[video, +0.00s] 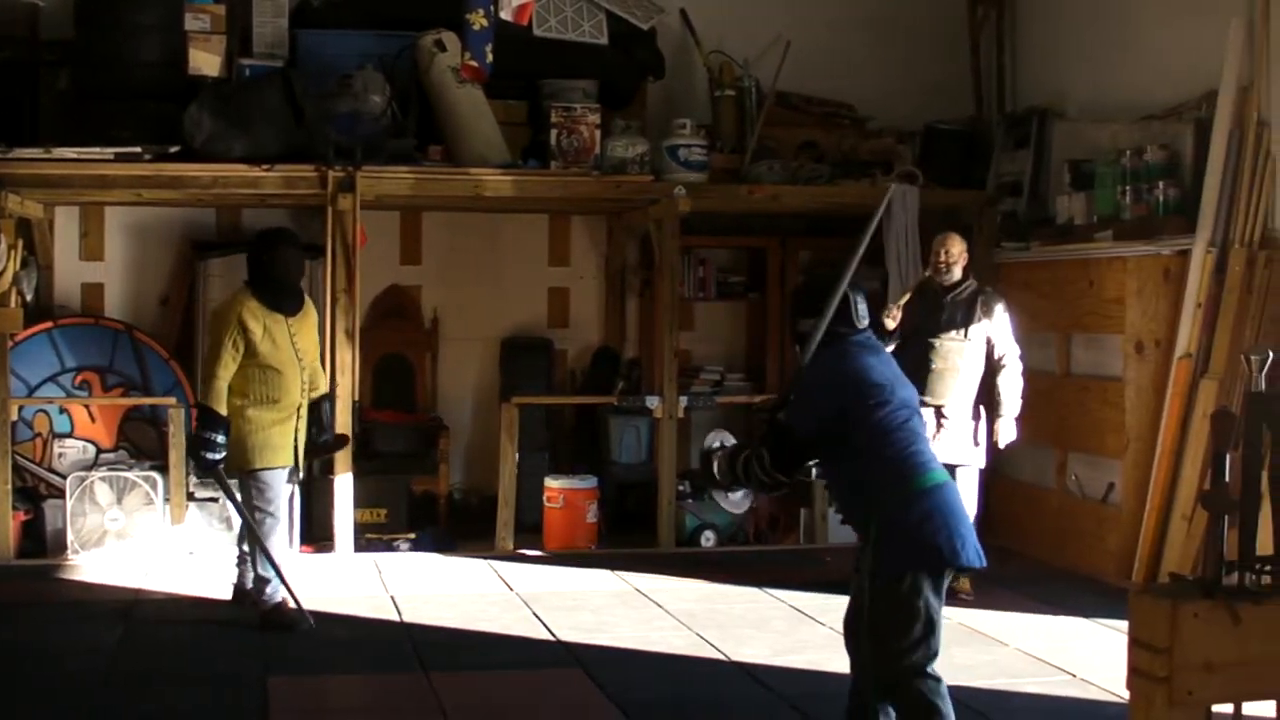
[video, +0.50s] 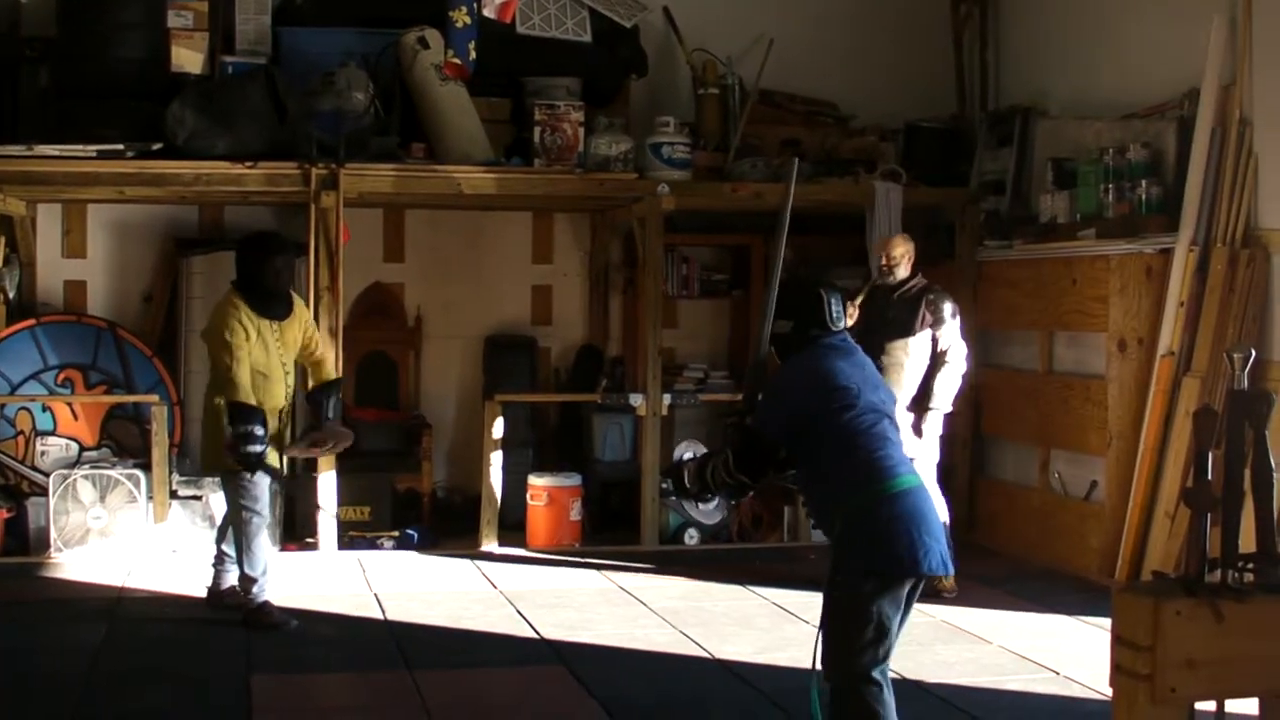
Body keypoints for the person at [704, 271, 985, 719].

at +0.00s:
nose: (795, 332)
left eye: (800, 322)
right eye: (798, 322)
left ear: (812, 321)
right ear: (857, 315)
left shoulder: (836, 365)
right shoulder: (869, 356)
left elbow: (782, 457)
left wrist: (730, 464)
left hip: (911, 526)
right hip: (898, 524)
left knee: (905, 662)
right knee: (864, 639)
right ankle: (868, 711)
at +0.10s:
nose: (782, 338)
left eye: (786, 327)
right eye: (783, 327)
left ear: (799, 326)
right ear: (839, 319)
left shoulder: (818, 369)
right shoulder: (858, 359)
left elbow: (764, 458)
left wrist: (714, 462)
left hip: (898, 523)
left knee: (893, 661)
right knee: (852, 636)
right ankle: (859, 711)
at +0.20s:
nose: (771, 334)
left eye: (776, 324)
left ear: (789, 325)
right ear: (834, 320)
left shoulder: (798, 373)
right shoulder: (854, 361)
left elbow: (751, 461)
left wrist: (701, 467)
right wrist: (749, 431)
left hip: (886, 524)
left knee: (878, 659)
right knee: (844, 636)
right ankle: (847, 713)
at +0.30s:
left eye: (777, 321)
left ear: (787, 324)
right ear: (833, 320)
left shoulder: (792, 373)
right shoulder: (853, 361)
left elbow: (753, 460)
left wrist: (708, 476)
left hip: (882, 524)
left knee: (864, 655)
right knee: (843, 638)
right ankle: (844, 712)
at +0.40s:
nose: (771, 331)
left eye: (777, 321)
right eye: (773, 320)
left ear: (787, 325)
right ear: (828, 319)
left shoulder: (802, 372)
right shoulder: (851, 361)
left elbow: (748, 460)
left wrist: (692, 480)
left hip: (878, 526)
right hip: (908, 516)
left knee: (858, 658)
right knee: (855, 649)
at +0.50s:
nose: (773, 335)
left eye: (778, 325)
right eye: (775, 325)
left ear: (790, 326)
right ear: (830, 321)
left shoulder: (803, 373)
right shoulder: (858, 364)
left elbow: (747, 462)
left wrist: (691, 477)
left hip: (879, 535)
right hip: (914, 528)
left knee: (854, 674)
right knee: (866, 668)